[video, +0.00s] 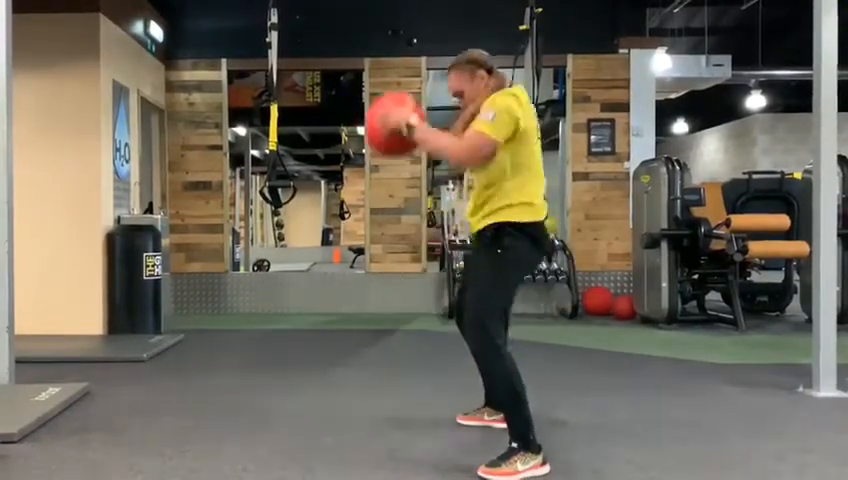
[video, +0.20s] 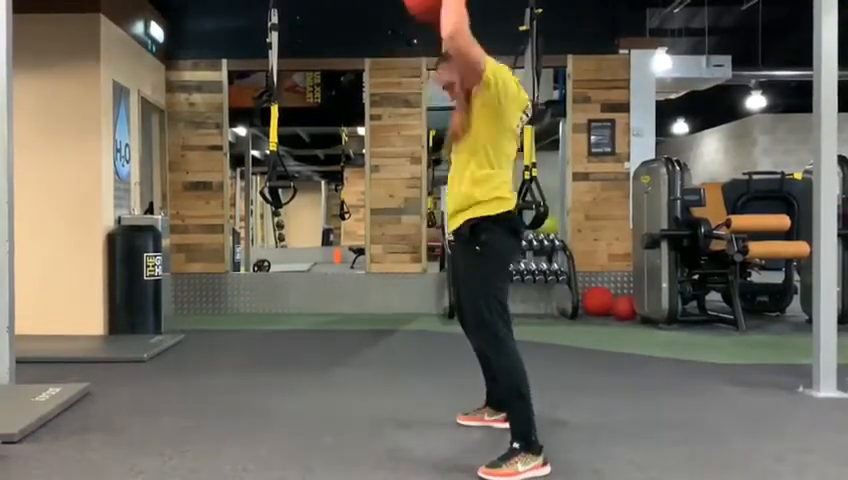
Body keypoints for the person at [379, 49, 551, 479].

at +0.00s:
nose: (459, 101)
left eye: (462, 93)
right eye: (456, 95)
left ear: (484, 78)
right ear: (479, 81)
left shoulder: (506, 102)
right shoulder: (487, 107)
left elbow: (467, 152)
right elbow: (455, 146)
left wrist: (416, 128)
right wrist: (415, 133)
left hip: (513, 229)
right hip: (493, 228)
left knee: (482, 325)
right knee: (469, 317)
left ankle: (527, 448)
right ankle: (497, 406)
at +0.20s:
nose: (448, 95)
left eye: (449, 85)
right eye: (444, 90)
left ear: (467, 66)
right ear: (451, 81)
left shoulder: (502, 85)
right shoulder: (476, 100)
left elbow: (455, 34)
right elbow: (457, 141)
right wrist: (463, 100)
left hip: (488, 223)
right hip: (469, 224)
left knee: (492, 328)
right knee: (474, 319)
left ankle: (527, 450)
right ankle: (500, 404)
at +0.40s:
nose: (417, 91)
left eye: (419, 82)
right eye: (412, 86)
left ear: (440, 67)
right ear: (422, 81)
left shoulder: (470, 85)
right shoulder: (441, 103)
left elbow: (464, 19)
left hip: (484, 222)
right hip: (461, 225)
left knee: (494, 326)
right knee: (473, 315)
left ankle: (528, 445)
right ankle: (497, 400)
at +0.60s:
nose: (421, 79)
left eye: (423, 69)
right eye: (417, 73)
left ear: (441, 58)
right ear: (433, 75)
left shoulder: (489, 77)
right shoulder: (456, 97)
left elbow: (427, 45)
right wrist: (434, 145)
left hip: (504, 218)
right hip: (483, 220)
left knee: (498, 322)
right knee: (482, 316)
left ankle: (527, 443)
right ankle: (498, 399)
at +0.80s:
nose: (423, 135)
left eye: (423, 126)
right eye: (419, 130)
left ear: (441, 108)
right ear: (439, 112)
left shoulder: (477, 127)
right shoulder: (462, 132)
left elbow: (469, 199)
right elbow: (447, 187)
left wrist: (418, 236)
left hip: (547, 226)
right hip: (521, 231)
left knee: (514, 331)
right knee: (492, 313)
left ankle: (549, 448)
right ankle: (511, 395)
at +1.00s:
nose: (408, 235)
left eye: (406, 227)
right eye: (402, 230)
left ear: (420, 208)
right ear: (419, 209)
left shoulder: (461, 226)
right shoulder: (448, 222)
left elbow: (468, 303)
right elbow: (466, 293)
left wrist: (453, 368)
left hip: (566, 274)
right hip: (543, 272)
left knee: (500, 340)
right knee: (487, 319)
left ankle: (555, 456)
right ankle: (515, 400)